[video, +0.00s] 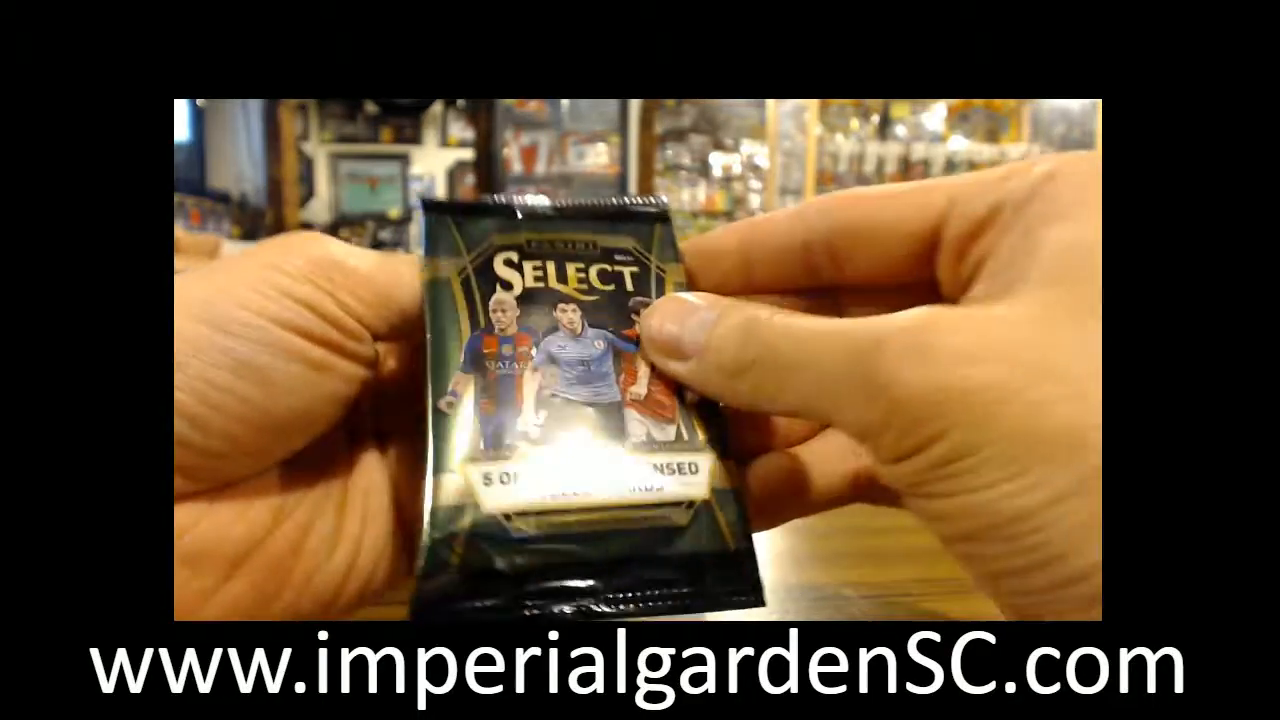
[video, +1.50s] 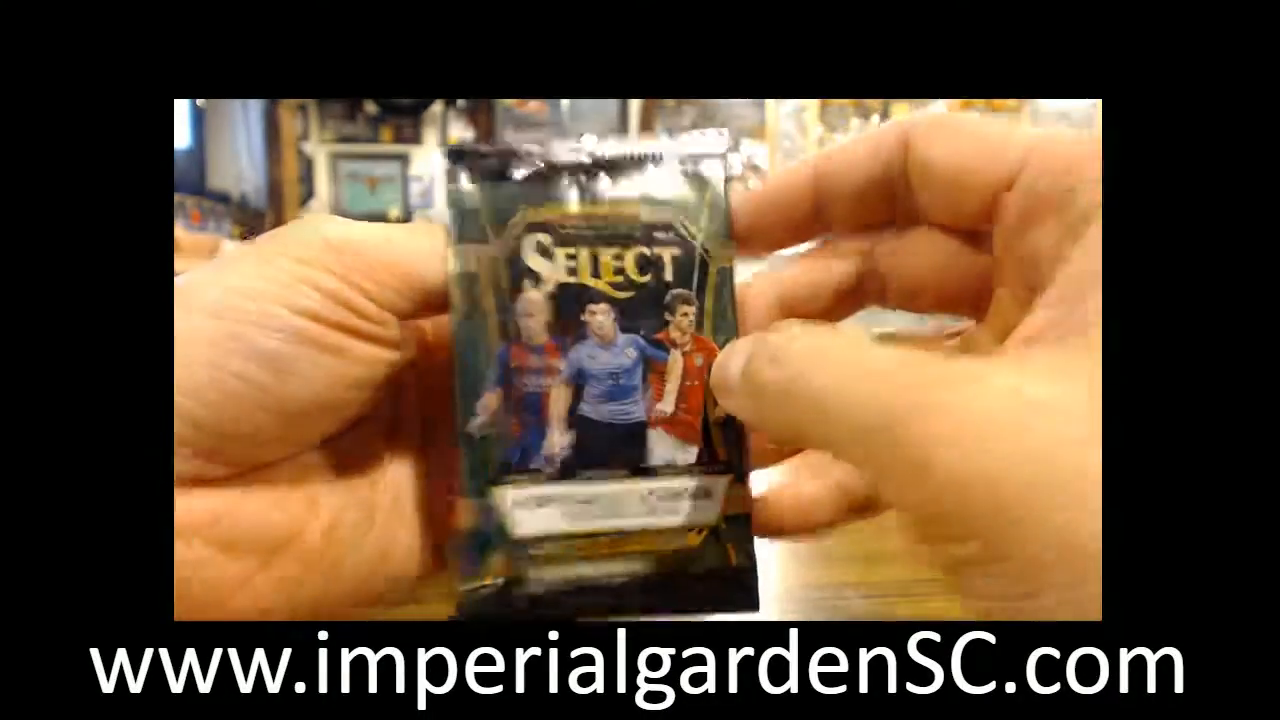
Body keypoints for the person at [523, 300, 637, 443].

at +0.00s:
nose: (570, 316)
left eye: (574, 311)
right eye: (563, 311)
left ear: (581, 313)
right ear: (555, 314)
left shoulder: (603, 336)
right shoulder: (550, 343)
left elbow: (637, 351)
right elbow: (532, 372)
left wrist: (641, 383)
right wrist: (528, 411)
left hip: (607, 402)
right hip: (570, 402)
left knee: (614, 454)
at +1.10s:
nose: (594, 309)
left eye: (598, 302)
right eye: (587, 303)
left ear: (605, 304)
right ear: (577, 307)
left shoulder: (626, 333)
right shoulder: (568, 340)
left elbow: (668, 350)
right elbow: (546, 377)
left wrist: (661, 393)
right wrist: (539, 422)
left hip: (621, 418)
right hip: (578, 416)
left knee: (620, 481)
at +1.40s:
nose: (589, 315)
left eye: (593, 308)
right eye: (581, 309)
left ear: (601, 309)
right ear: (572, 313)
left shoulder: (623, 340)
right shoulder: (564, 349)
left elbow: (665, 355)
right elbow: (544, 387)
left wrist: (659, 400)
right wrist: (538, 433)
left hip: (619, 425)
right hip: (577, 424)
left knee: (620, 489)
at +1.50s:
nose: (599, 320)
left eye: (605, 313)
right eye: (592, 314)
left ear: (614, 316)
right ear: (584, 318)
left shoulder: (634, 344)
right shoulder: (579, 353)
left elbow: (674, 357)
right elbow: (562, 387)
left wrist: (668, 400)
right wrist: (557, 431)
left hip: (631, 423)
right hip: (593, 423)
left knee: (632, 487)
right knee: (590, 485)